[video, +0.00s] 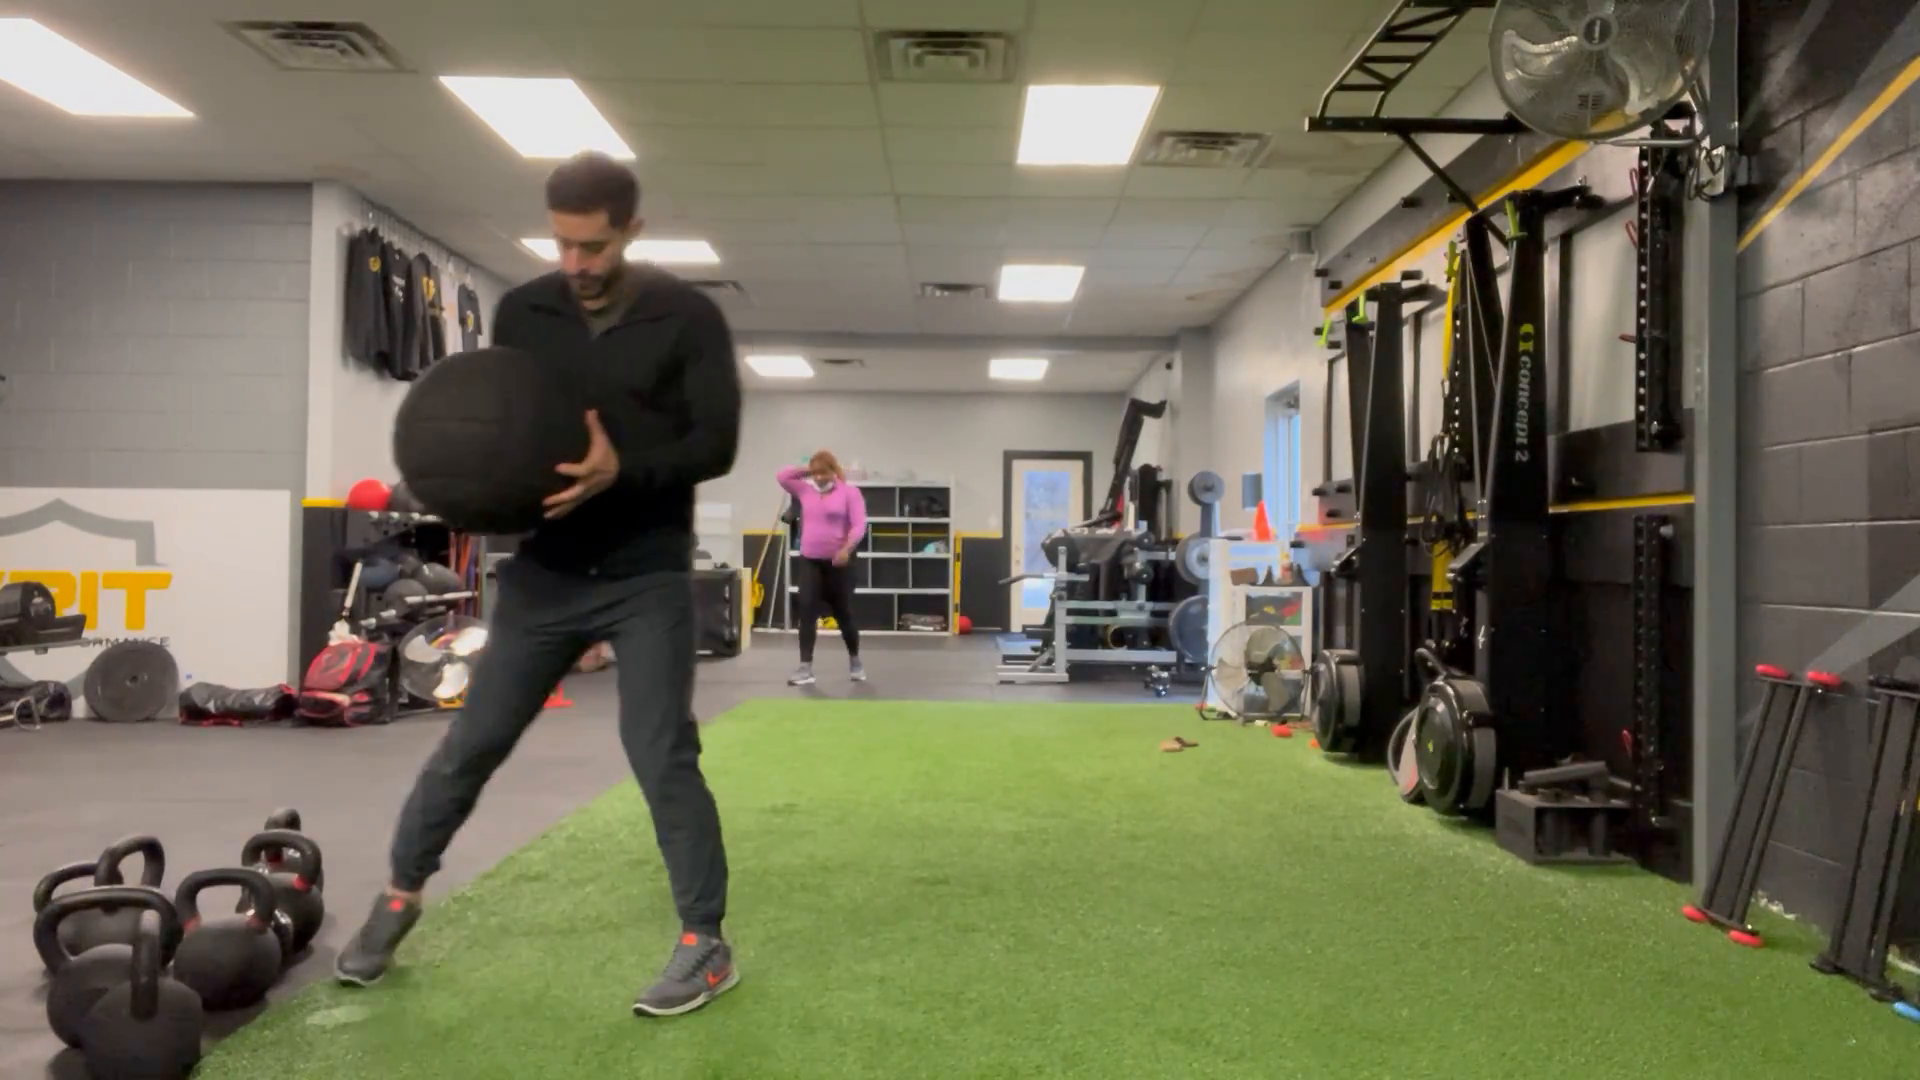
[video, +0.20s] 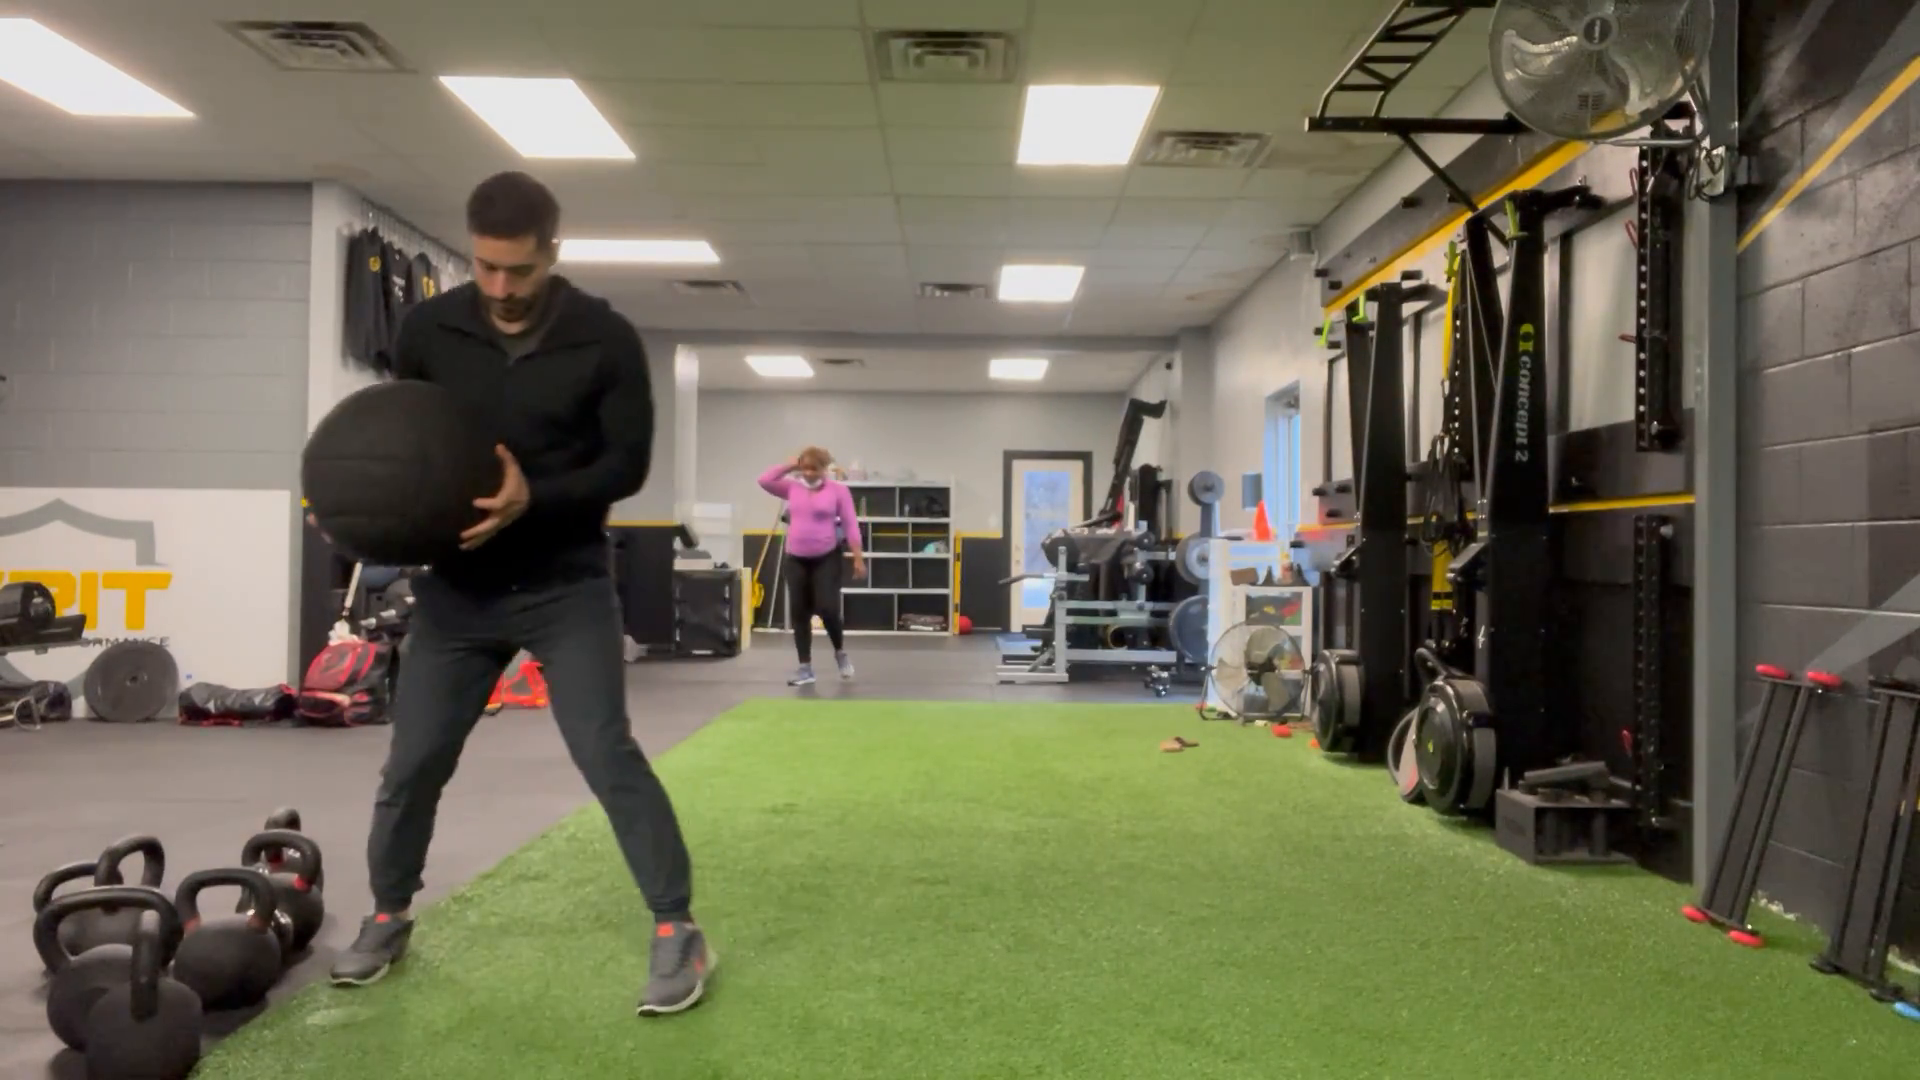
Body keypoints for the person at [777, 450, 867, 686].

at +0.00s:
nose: (819, 478)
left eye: (822, 473)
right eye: (815, 474)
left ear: (833, 471)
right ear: (811, 473)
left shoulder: (849, 492)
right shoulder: (805, 491)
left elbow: (859, 524)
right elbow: (782, 477)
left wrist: (846, 549)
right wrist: (807, 470)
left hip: (837, 560)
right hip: (810, 560)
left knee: (842, 612)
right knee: (807, 611)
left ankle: (855, 661)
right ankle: (805, 667)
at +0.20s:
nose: (808, 473)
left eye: (812, 469)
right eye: (804, 469)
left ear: (822, 468)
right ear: (800, 468)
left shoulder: (838, 491)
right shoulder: (793, 488)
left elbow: (850, 524)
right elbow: (764, 481)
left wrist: (858, 557)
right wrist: (790, 466)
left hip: (827, 557)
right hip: (796, 558)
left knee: (826, 608)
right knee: (799, 612)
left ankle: (840, 654)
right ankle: (804, 667)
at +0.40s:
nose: (802, 471)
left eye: (806, 466)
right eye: (798, 466)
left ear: (815, 467)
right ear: (792, 467)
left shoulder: (831, 490)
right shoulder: (786, 488)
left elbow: (847, 523)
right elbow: (758, 493)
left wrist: (860, 556)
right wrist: (772, 470)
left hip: (821, 558)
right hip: (791, 559)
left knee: (816, 610)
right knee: (798, 614)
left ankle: (819, 667)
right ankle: (804, 667)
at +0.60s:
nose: (801, 470)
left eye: (805, 465)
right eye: (797, 465)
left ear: (813, 467)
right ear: (790, 467)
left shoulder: (828, 491)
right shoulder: (783, 491)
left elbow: (845, 524)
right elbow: (755, 503)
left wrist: (857, 558)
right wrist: (766, 474)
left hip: (817, 560)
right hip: (787, 561)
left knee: (812, 614)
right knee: (793, 614)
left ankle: (811, 671)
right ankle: (801, 663)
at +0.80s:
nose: (801, 465)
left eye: (805, 460)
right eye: (797, 461)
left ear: (813, 462)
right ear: (789, 464)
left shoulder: (829, 489)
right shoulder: (782, 489)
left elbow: (845, 523)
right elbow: (756, 512)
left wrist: (840, 547)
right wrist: (760, 477)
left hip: (815, 559)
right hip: (783, 559)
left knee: (813, 616)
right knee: (775, 614)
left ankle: (810, 674)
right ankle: (792, 652)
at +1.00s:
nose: (799, 463)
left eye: (803, 458)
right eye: (793, 460)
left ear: (809, 459)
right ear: (784, 463)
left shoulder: (821, 484)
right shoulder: (779, 488)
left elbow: (832, 512)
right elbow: (759, 521)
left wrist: (800, 503)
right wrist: (754, 488)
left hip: (811, 557)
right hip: (778, 557)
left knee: (808, 617)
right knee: (771, 614)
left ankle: (809, 675)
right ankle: (766, 675)